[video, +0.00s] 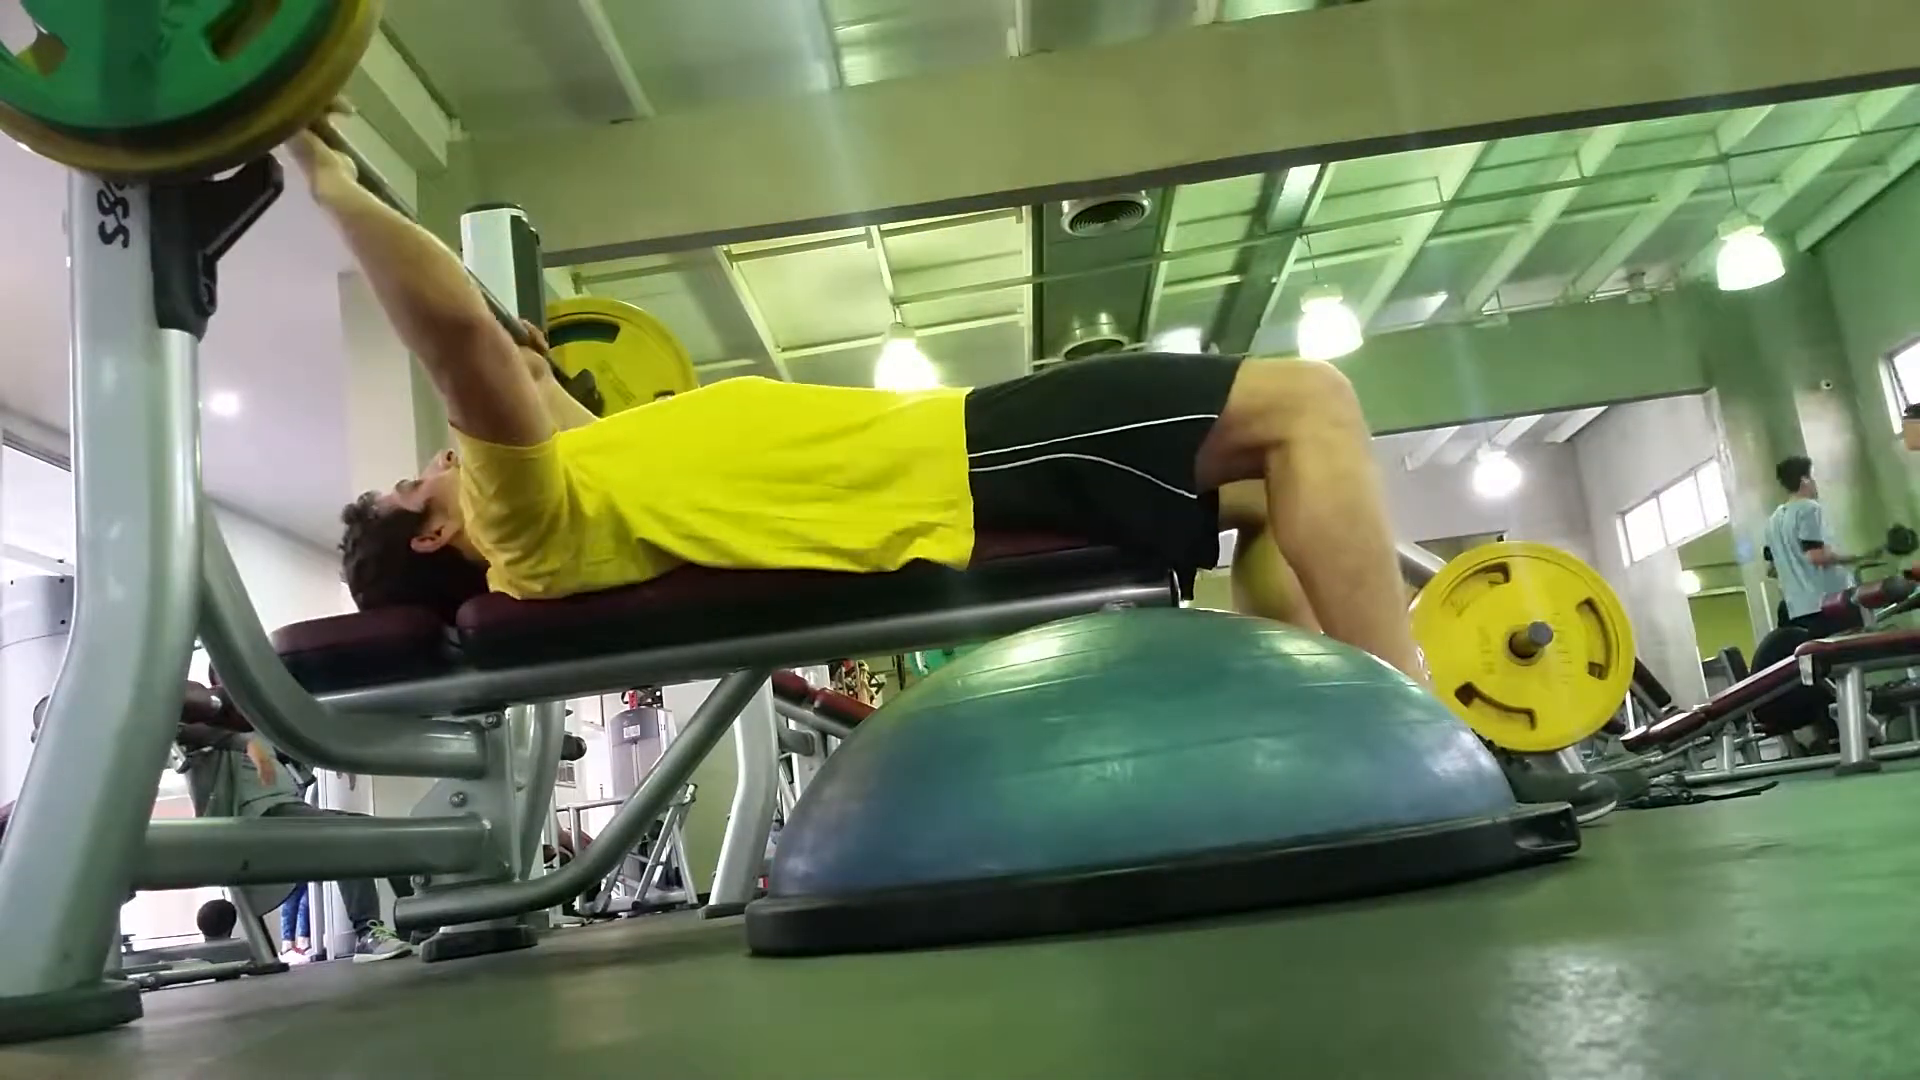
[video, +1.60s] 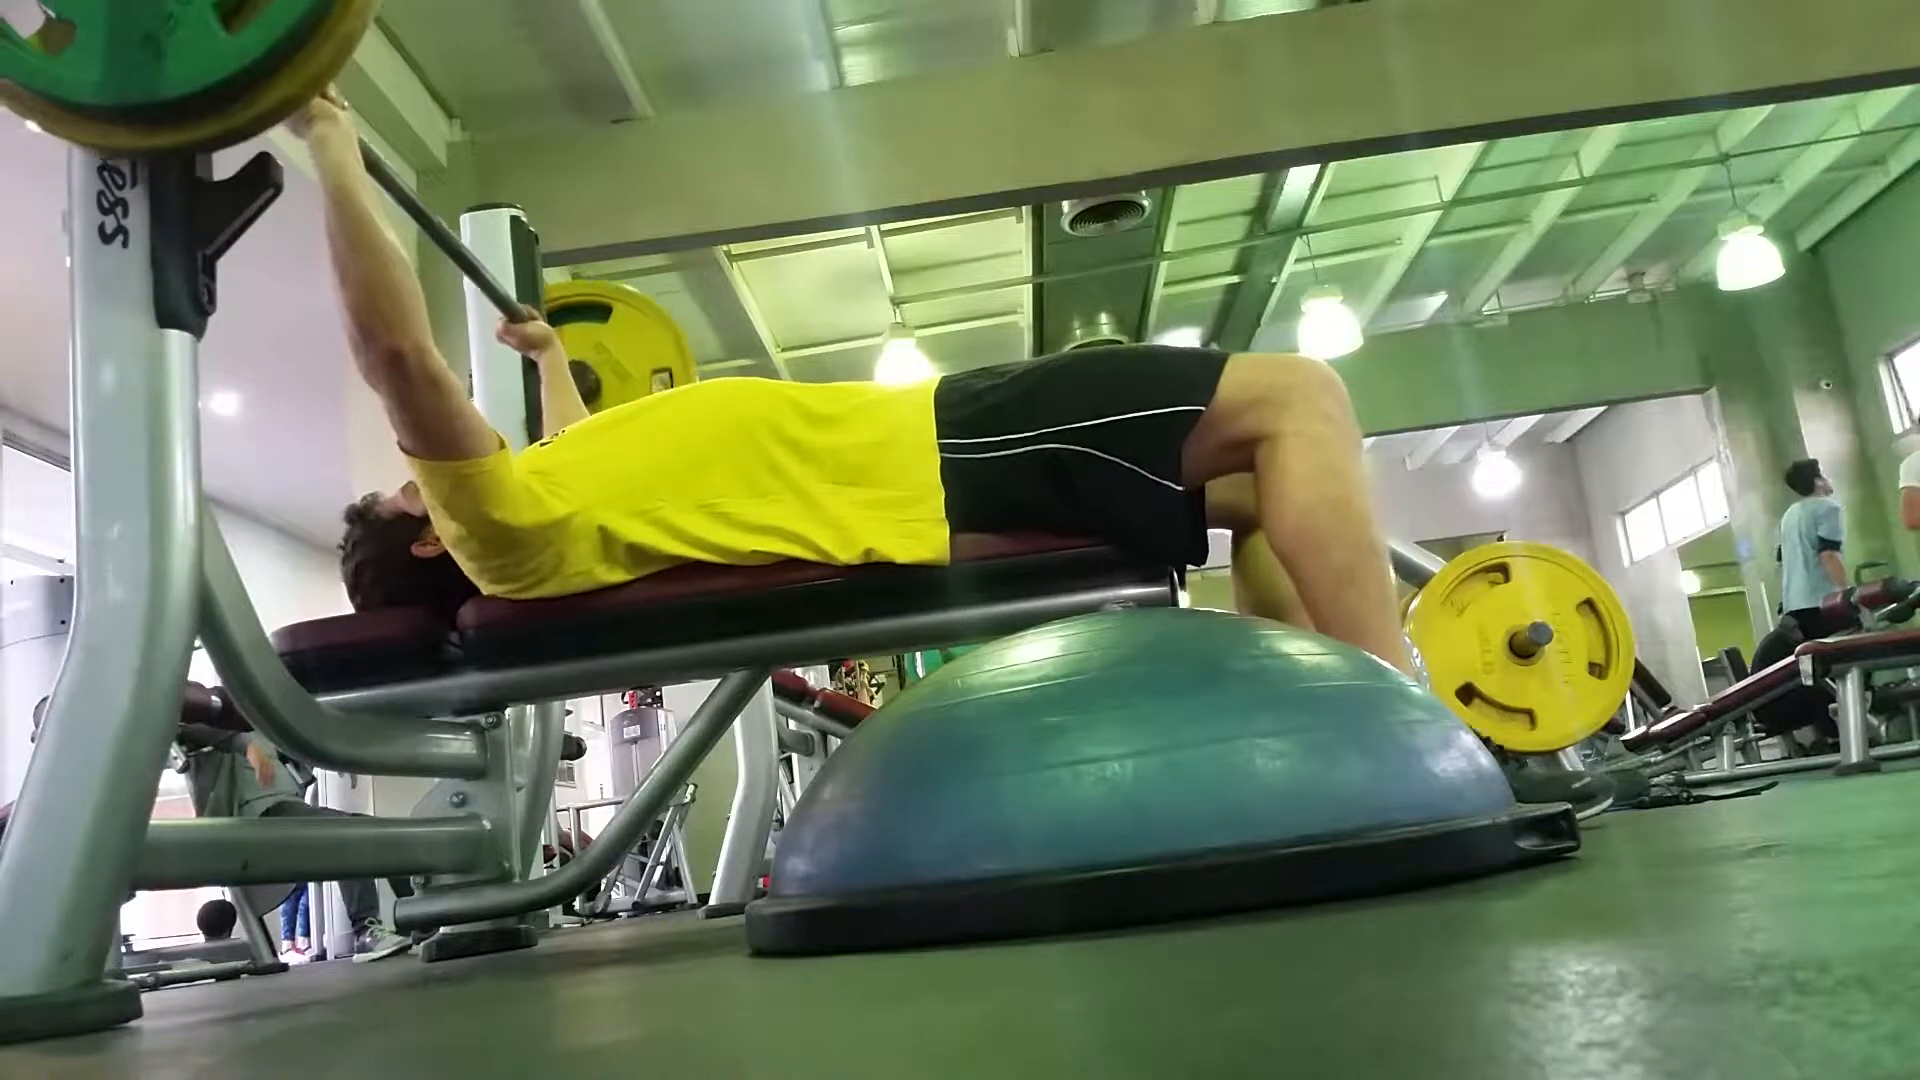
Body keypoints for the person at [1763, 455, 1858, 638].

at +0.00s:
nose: (1815, 482)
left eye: (1813, 476)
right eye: (1812, 477)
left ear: (1787, 484)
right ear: (1803, 481)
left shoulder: (1774, 520)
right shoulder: (1809, 508)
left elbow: (1772, 567)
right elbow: (1815, 554)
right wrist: (1856, 558)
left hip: (1799, 612)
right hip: (1831, 606)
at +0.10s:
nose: (1817, 478)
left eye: (1814, 473)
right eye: (1813, 473)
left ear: (1789, 484)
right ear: (1806, 480)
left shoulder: (1778, 517)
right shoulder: (1815, 507)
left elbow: (1774, 565)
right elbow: (1817, 552)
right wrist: (1850, 570)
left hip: (1795, 609)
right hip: (1826, 605)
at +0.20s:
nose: (1824, 480)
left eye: (1821, 474)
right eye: (1820, 475)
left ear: (1796, 486)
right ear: (1812, 480)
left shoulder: (1786, 516)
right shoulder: (1823, 506)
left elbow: (1782, 557)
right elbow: (1824, 551)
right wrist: (1852, 577)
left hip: (1795, 605)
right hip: (1824, 602)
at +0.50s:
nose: (1835, 476)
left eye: (1831, 471)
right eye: (1830, 472)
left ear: (1808, 485)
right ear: (1823, 480)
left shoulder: (1795, 513)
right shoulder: (1829, 505)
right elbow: (1837, 555)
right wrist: (1854, 596)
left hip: (1798, 605)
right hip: (1827, 603)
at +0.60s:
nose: (1835, 473)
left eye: (1830, 469)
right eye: (1829, 470)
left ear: (1806, 483)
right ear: (1822, 478)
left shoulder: (1793, 509)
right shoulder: (1833, 504)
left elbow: (1785, 549)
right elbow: (1838, 550)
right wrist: (1851, 592)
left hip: (1799, 602)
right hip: (1829, 599)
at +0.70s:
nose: (1833, 472)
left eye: (1829, 467)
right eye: (1828, 469)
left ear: (1803, 482)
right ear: (1822, 477)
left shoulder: (1789, 511)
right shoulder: (1833, 502)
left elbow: (1775, 557)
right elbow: (1828, 545)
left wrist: (1790, 588)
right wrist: (1851, 586)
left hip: (1798, 601)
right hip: (1827, 598)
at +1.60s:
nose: (1827, 478)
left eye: (1823, 473)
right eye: (1822, 474)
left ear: (1801, 488)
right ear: (1817, 481)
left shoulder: (1788, 515)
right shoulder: (1828, 507)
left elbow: (1781, 557)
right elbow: (1829, 555)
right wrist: (1848, 595)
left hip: (1794, 608)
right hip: (1826, 605)